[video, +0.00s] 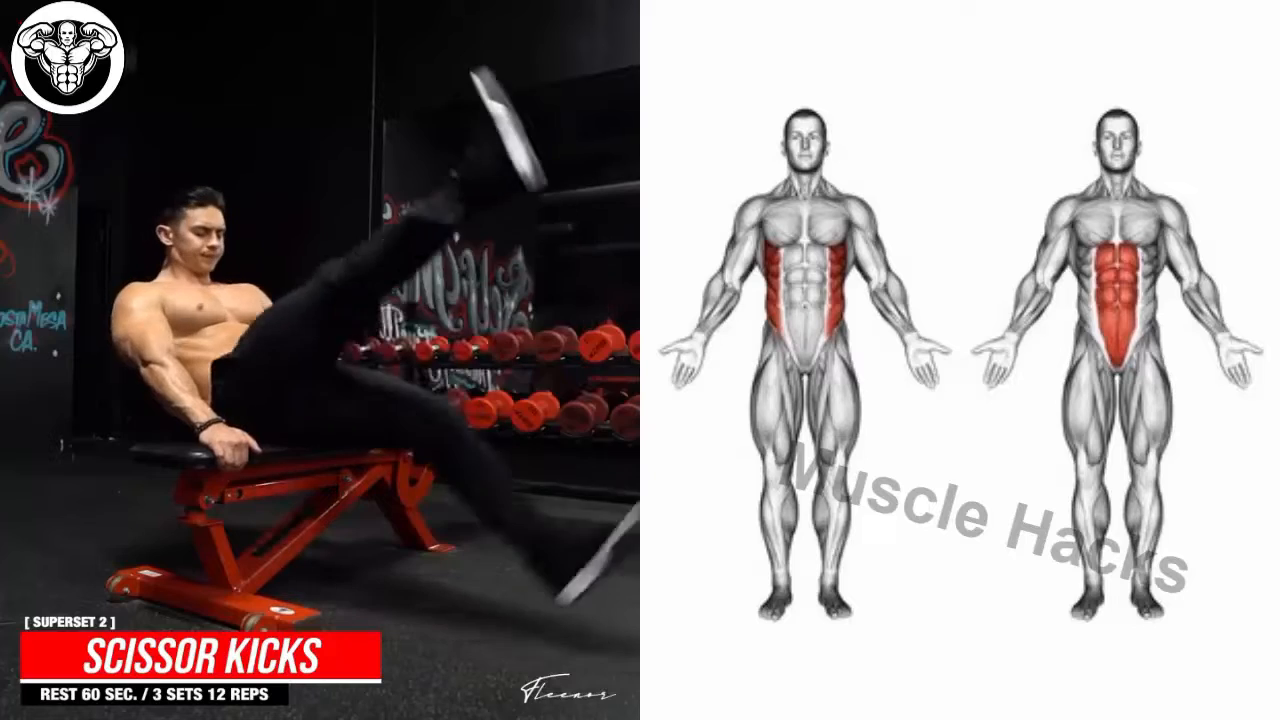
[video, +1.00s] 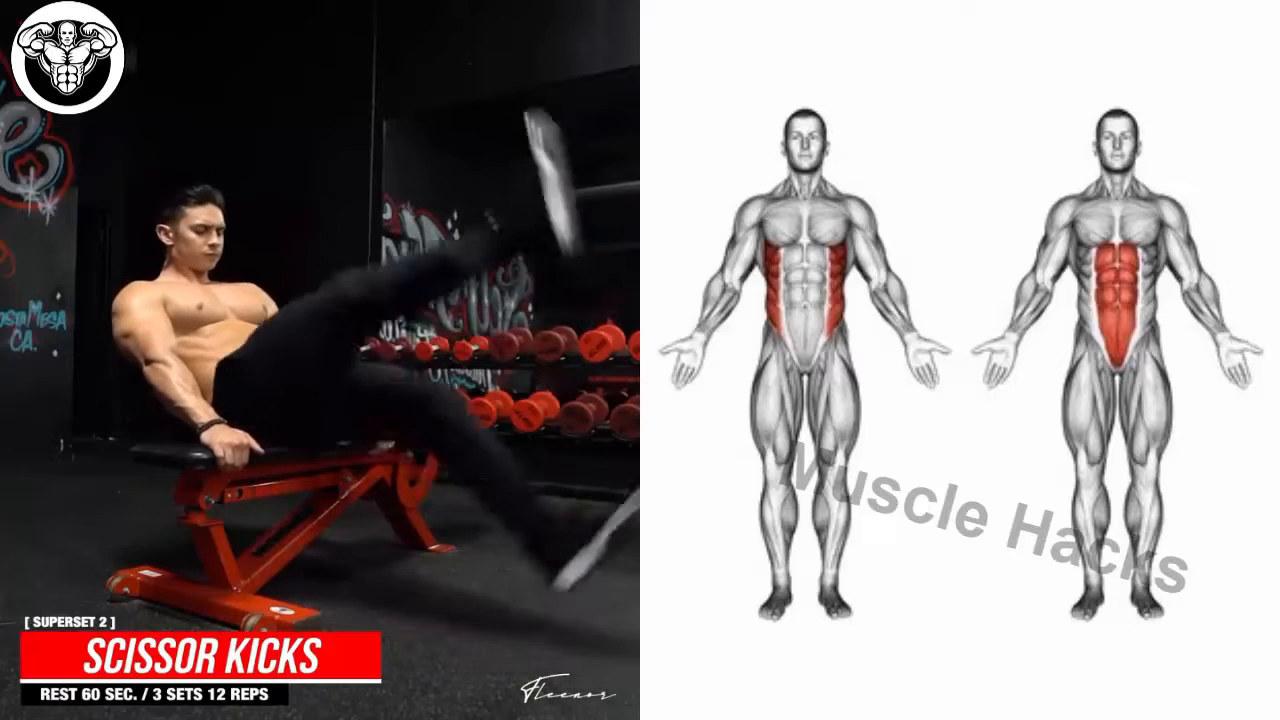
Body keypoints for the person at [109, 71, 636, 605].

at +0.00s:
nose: (214, 243)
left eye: (219, 234)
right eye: (202, 232)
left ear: (222, 238)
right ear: (168, 236)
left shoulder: (247, 293)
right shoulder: (139, 298)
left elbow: (298, 344)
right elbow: (157, 365)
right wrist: (207, 424)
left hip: (305, 394)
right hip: (243, 391)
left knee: (435, 421)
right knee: (342, 285)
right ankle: (472, 186)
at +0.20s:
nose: (216, 243)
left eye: (221, 234)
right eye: (203, 232)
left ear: (225, 239)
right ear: (169, 235)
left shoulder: (248, 294)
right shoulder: (139, 298)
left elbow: (302, 349)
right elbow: (160, 359)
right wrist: (208, 423)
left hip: (302, 399)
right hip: (241, 399)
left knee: (431, 418)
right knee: (335, 295)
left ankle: (514, 576)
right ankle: (472, 250)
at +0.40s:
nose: (213, 246)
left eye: (219, 238)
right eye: (202, 235)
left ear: (223, 243)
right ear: (167, 236)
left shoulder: (244, 298)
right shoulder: (138, 299)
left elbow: (303, 354)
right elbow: (164, 362)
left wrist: (362, 403)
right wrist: (209, 424)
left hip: (295, 384)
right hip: (237, 398)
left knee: (423, 350)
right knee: (370, 372)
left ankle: (562, 425)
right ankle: (535, 474)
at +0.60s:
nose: (223, 240)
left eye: (228, 233)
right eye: (212, 229)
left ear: (230, 239)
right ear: (175, 229)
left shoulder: (248, 294)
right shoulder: (143, 294)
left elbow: (313, 355)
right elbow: (164, 361)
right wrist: (209, 425)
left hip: (311, 375)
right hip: (258, 390)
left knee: (407, 309)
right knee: (374, 450)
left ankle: (545, 254)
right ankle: (485, 615)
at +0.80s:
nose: (222, 241)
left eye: (228, 234)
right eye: (211, 231)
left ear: (228, 237)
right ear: (175, 229)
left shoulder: (251, 294)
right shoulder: (144, 293)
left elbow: (313, 354)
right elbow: (163, 360)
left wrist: (375, 390)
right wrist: (210, 426)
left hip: (298, 376)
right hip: (239, 392)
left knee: (408, 325)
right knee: (370, 384)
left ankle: (559, 316)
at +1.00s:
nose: (214, 240)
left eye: (219, 232)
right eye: (202, 230)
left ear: (221, 237)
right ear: (166, 233)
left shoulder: (250, 294)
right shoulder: (140, 297)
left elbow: (304, 352)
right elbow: (161, 365)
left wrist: (341, 409)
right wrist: (208, 424)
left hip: (304, 399)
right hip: (244, 400)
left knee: (431, 401)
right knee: (345, 299)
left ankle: (551, 541)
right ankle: (511, 236)